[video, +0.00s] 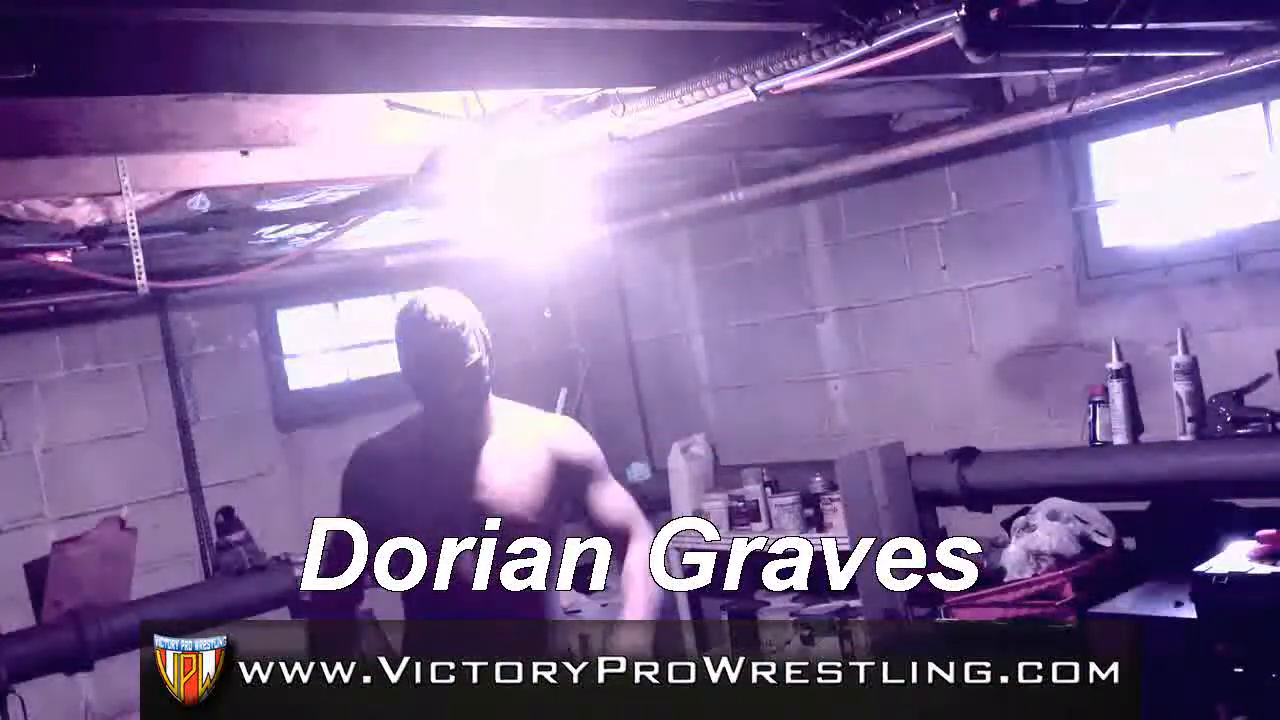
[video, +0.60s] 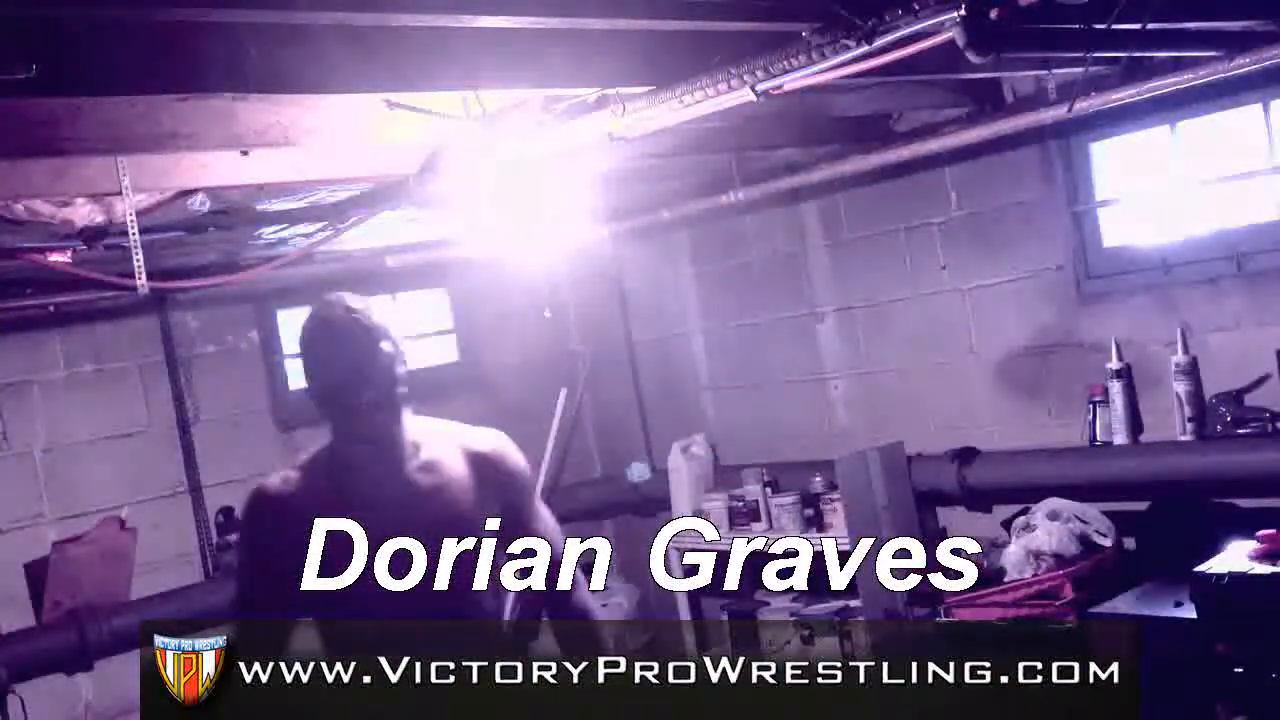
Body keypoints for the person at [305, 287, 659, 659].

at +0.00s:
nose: (447, 377)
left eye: (459, 358)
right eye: (427, 364)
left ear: (484, 355)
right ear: (408, 372)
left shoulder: (558, 441)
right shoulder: (376, 464)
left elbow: (635, 533)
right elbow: (335, 600)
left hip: (536, 671)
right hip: (427, 677)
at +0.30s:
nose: (438, 397)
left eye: (449, 376)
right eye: (420, 382)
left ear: (473, 366)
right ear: (393, 386)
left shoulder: (546, 453)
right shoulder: (355, 478)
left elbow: (601, 580)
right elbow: (351, 621)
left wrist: (619, 678)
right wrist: (371, 700)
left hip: (535, 672)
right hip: (417, 679)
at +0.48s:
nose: (416, 388)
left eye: (420, 372)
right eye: (389, 380)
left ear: (433, 374)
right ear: (349, 394)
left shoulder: (515, 459)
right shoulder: (313, 500)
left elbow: (580, 594)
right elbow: (299, 648)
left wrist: (613, 692)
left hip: (508, 692)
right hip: (390, 700)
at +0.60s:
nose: (373, 389)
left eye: (381, 361)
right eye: (348, 375)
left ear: (404, 366)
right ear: (318, 394)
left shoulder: (491, 460)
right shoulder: (279, 508)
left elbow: (566, 597)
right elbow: (252, 662)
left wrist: (612, 699)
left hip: (499, 699)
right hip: (371, 707)